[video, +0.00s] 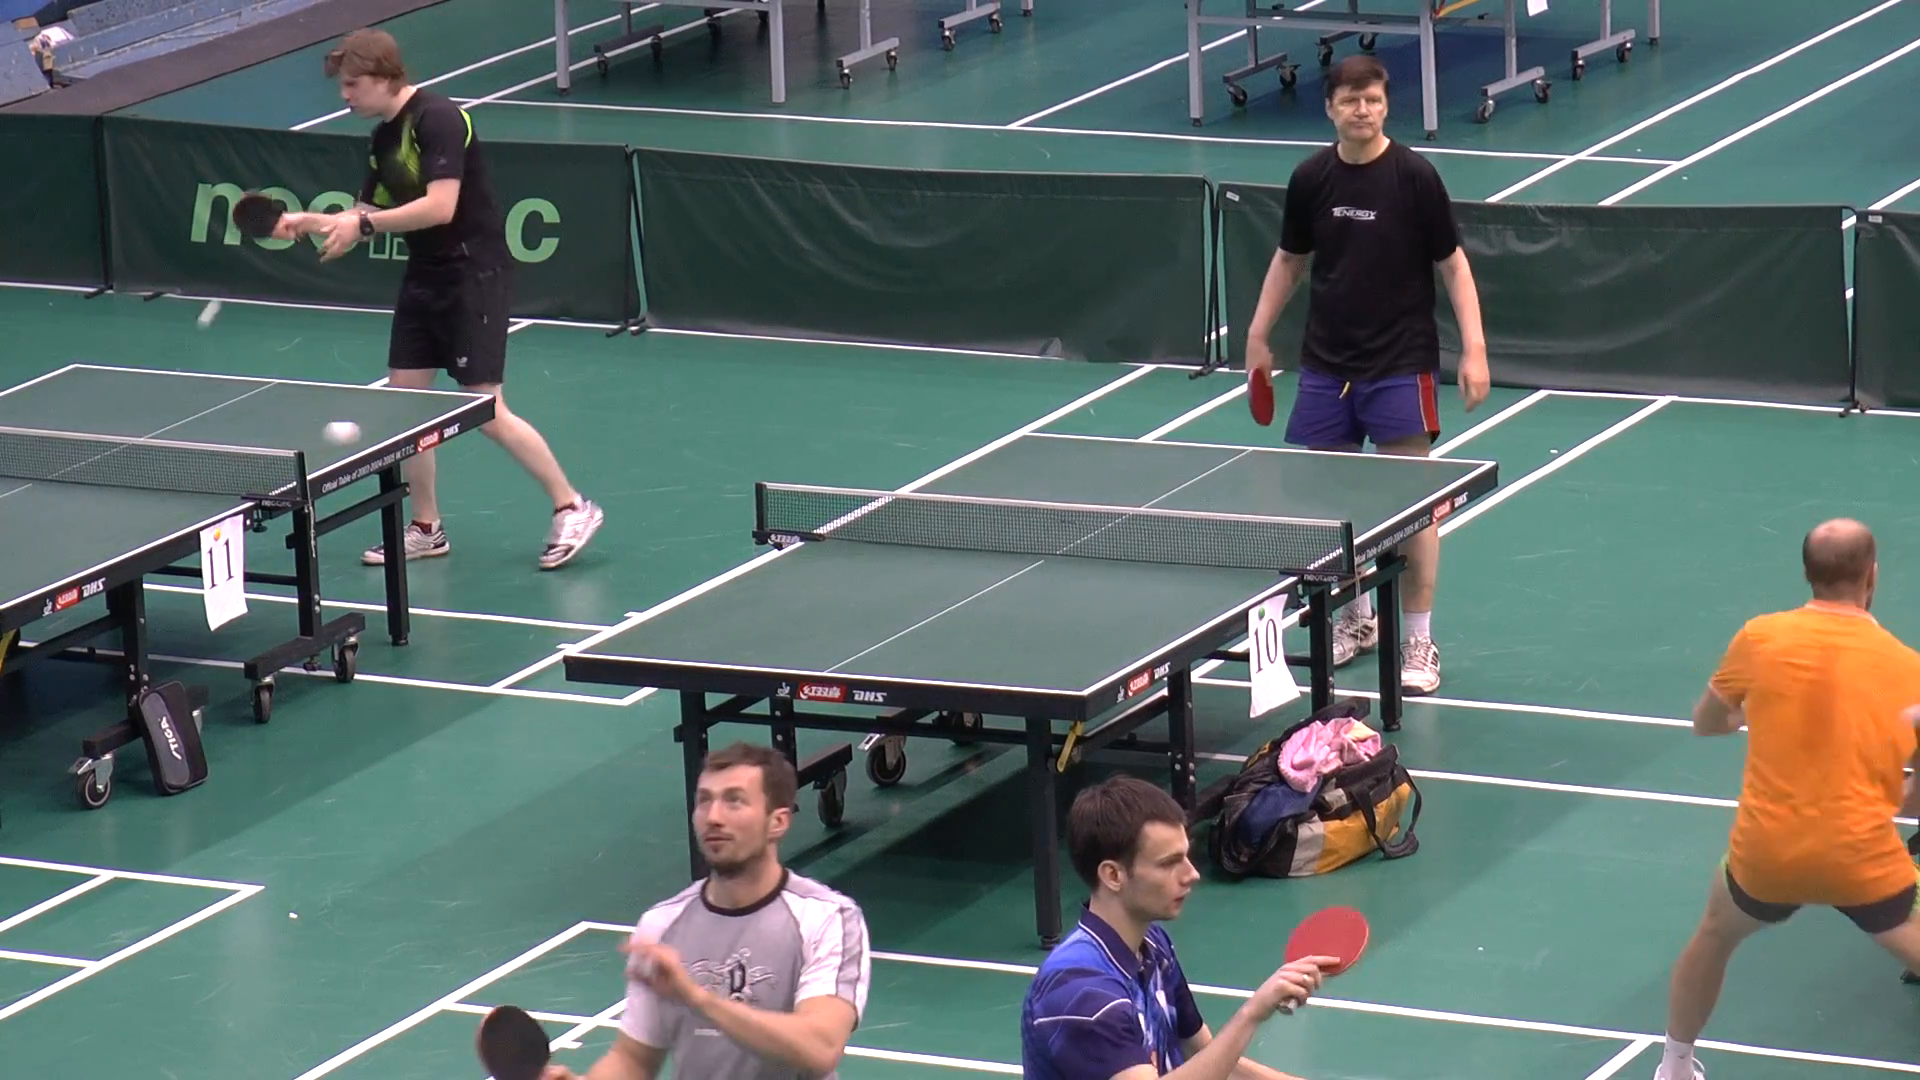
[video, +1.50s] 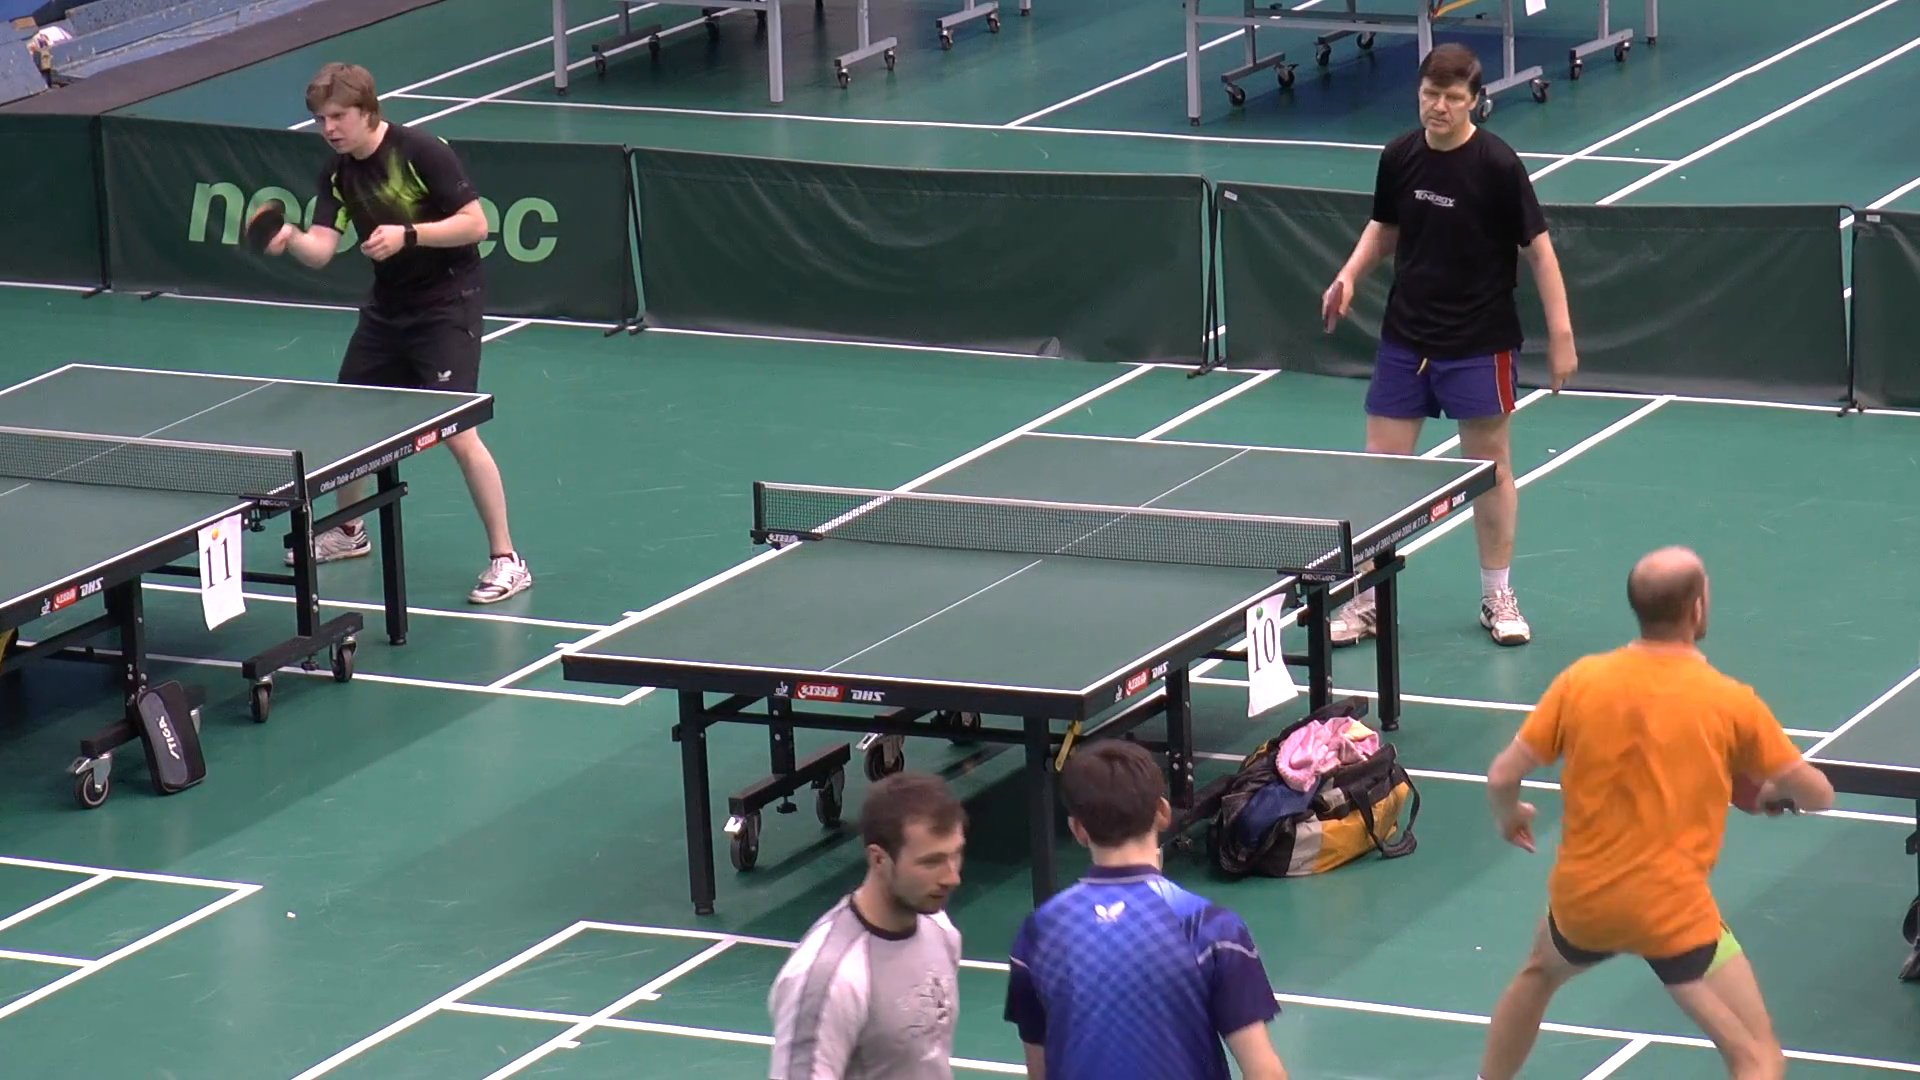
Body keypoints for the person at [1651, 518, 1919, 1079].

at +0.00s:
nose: (1876, 571)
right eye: (1876, 564)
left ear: (1806, 574)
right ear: (1871, 574)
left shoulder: (1761, 638)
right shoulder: (1906, 663)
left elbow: (1706, 722)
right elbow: (1909, 797)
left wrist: (1744, 713)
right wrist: (1875, 787)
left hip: (1765, 854)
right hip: (1863, 859)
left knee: (1714, 938)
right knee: (1913, 947)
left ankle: (1675, 1065)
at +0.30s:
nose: (1847, 597)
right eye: (1845, 588)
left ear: (1778, 585)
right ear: (1840, 595)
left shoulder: (1714, 633)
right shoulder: (1861, 657)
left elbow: (1625, 688)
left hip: (1667, 846)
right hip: (1750, 865)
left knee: (1681, 899)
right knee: (1895, 970)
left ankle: (1601, 1038)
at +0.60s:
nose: (1775, 547)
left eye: (1772, 537)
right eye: (1774, 539)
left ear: (1705, 543)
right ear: (1761, 548)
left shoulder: (1643, 594)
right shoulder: (1746, 629)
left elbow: (1576, 685)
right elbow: (1776, 745)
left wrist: (1586, 759)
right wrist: (1861, 812)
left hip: (1572, 800)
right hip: (1647, 822)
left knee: (1588, 899)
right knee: (1759, 958)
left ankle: (1549, 1043)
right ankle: (1730, 1070)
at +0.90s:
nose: (1736, 598)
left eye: (1736, 587)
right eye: (1735, 588)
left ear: (1670, 587)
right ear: (1719, 601)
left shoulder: (1620, 626)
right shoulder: (1663, 689)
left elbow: (1638, 711)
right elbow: (1694, 811)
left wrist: (1723, 737)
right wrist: (1746, 832)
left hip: (1516, 815)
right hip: (1560, 844)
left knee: (1517, 940)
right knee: (1682, 980)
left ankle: (1416, 1056)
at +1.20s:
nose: (1738, 559)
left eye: (1734, 549)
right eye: (1737, 551)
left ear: (1666, 557)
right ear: (1727, 563)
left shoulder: (1598, 610)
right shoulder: (1747, 652)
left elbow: (1496, 664)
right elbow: (1864, 675)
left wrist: (1510, 674)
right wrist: (1854, 638)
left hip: (1539, 827)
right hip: (1619, 853)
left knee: (1516, 941)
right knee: (1703, 987)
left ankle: (1472, 1066)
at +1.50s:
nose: (1709, 600)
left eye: (1706, 590)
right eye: (1707, 592)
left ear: (1635, 606)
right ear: (1696, 608)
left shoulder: (1583, 679)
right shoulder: (1729, 700)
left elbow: (1502, 774)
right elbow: (1818, 792)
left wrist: (1510, 816)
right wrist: (1773, 790)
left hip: (1582, 902)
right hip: (1673, 911)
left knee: (1538, 976)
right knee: (1755, 1054)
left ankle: (1491, 1074)